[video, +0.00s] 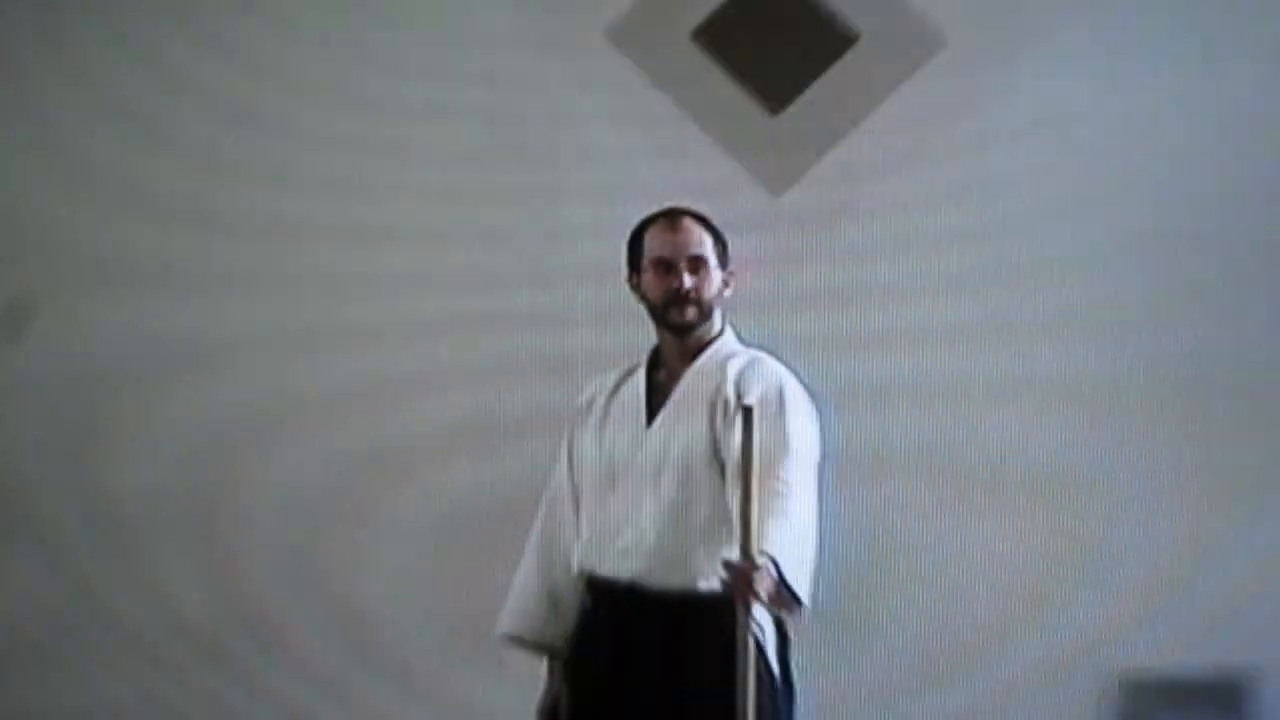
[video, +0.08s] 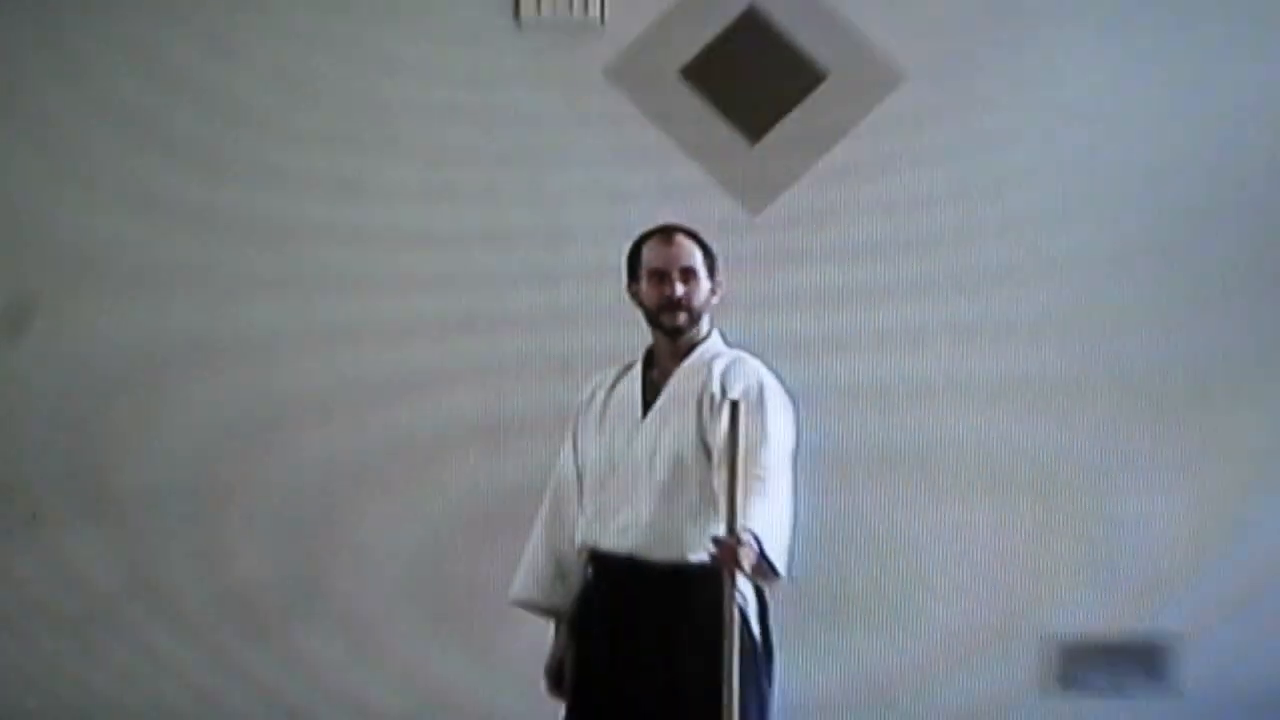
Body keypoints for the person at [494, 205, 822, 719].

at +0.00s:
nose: (683, 283)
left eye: (697, 267)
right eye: (665, 269)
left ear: (725, 280)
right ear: (636, 283)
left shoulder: (761, 387)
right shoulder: (600, 401)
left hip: (714, 631)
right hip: (609, 629)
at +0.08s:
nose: (674, 291)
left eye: (687, 276)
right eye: (658, 278)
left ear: (714, 289)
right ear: (635, 292)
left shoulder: (743, 384)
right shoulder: (601, 395)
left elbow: (765, 481)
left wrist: (746, 546)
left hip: (702, 601)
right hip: (610, 600)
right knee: (599, 711)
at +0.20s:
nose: (662, 305)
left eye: (672, 293)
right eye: (649, 294)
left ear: (693, 304)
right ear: (631, 305)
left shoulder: (717, 379)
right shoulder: (601, 385)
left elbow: (732, 455)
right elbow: (576, 484)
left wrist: (720, 505)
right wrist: (571, 574)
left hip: (685, 551)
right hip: (613, 551)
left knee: (690, 692)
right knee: (598, 692)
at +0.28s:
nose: (656, 309)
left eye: (666, 299)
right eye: (645, 299)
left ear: (684, 307)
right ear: (629, 309)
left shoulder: (705, 376)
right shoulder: (605, 381)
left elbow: (718, 444)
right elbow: (580, 469)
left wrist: (707, 490)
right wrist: (575, 550)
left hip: (675, 536)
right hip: (610, 534)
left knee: (677, 666)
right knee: (601, 669)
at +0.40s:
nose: (649, 308)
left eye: (657, 300)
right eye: (640, 301)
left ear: (670, 307)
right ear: (626, 309)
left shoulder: (689, 364)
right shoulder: (612, 368)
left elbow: (700, 414)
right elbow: (589, 439)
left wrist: (694, 452)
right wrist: (584, 506)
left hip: (662, 490)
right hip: (611, 489)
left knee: (662, 611)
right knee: (604, 609)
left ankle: (662, 709)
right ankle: (598, 709)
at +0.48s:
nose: (645, 303)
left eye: (652, 296)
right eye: (637, 296)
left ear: (666, 302)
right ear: (625, 304)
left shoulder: (683, 355)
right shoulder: (613, 361)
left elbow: (691, 410)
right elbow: (592, 424)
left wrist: (683, 450)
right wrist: (587, 481)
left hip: (660, 467)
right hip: (614, 466)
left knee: (660, 572)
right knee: (607, 570)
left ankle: (664, 673)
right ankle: (601, 671)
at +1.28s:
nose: (610, 271)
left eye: (616, 264)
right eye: (602, 265)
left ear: (629, 268)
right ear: (593, 272)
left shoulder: (647, 318)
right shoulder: (586, 322)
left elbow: (657, 368)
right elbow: (567, 379)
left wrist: (647, 409)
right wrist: (560, 433)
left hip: (628, 420)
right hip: (586, 420)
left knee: (629, 514)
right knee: (579, 512)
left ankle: (632, 605)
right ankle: (574, 603)